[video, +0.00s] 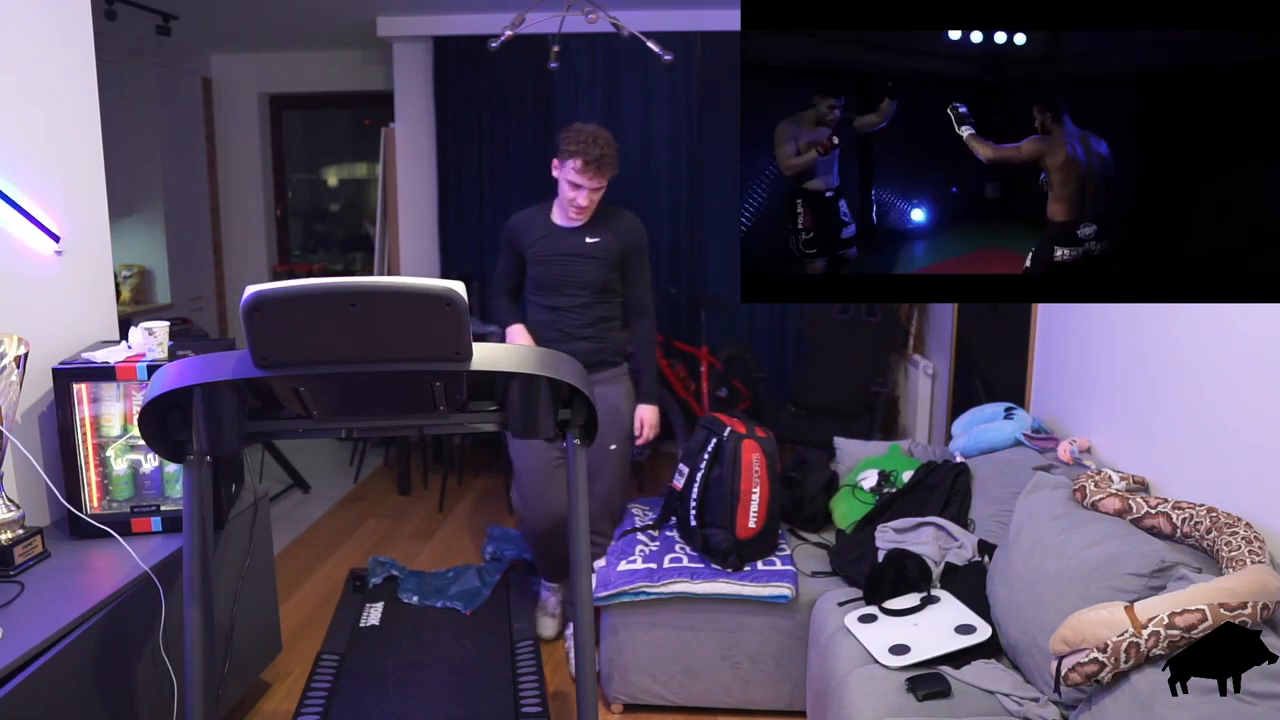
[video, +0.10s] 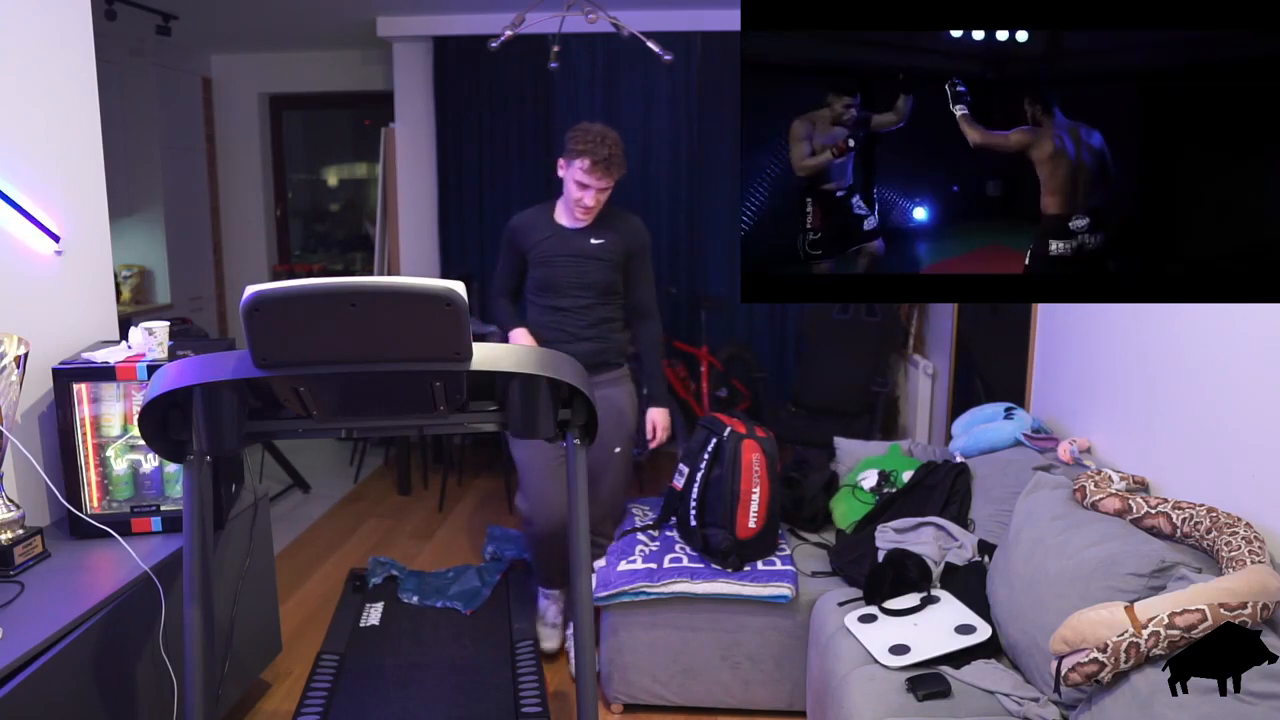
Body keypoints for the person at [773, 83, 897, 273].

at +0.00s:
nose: (836, 114)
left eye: (839, 108)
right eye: (831, 108)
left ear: (842, 107)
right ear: (817, 104)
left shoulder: (838, 123)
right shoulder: (789, 128)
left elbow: (877, 120)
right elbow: (787, 167)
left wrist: (891, 98)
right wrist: (818, 151)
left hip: (835, 199)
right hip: (806, 201)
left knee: (849, 255)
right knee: (816, 263)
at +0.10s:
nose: (853, 113)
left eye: (855, 107)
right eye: (847, 107)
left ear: (859, 105)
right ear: (832, 104)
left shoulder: (856, 122)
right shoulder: (804, 125)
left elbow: (896, 118)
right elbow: (800, 167)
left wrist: (906, 91)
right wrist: (835, 152)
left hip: (849, 197)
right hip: (819, 199)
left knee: (874, 247)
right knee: (823, 264)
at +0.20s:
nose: (866, 112)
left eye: (868, 106)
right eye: (860, 106)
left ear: (872, 104)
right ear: (844, 103)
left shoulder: (871, 121)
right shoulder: (815, 123)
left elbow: (909, 120)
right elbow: (809, 166)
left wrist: (921, 93)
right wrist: (843, 153)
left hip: (860, 196)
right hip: (826, 199)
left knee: (882, 249)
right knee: (824, 263)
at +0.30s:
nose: (887, 115)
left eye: (889, 110)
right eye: (881, 110)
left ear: (892, 108)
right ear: (864, 107)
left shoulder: (893, 127)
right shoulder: (835, 127)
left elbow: (932, 123)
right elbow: (825, 168)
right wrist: (859, 155)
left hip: (876, 203)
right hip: (841, 204)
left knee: (898, 261)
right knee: (833, 266)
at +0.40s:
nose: (897, 117)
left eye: (899, 112)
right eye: (891, 112)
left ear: (902, 110)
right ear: (873, 108)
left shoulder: (903, 127)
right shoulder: (845, 128)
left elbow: (942, 123)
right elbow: (835, 170)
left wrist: (963, 96)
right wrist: (868, 158)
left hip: (887, 202)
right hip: (852, 204)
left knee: (911, 261)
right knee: (836, 265)